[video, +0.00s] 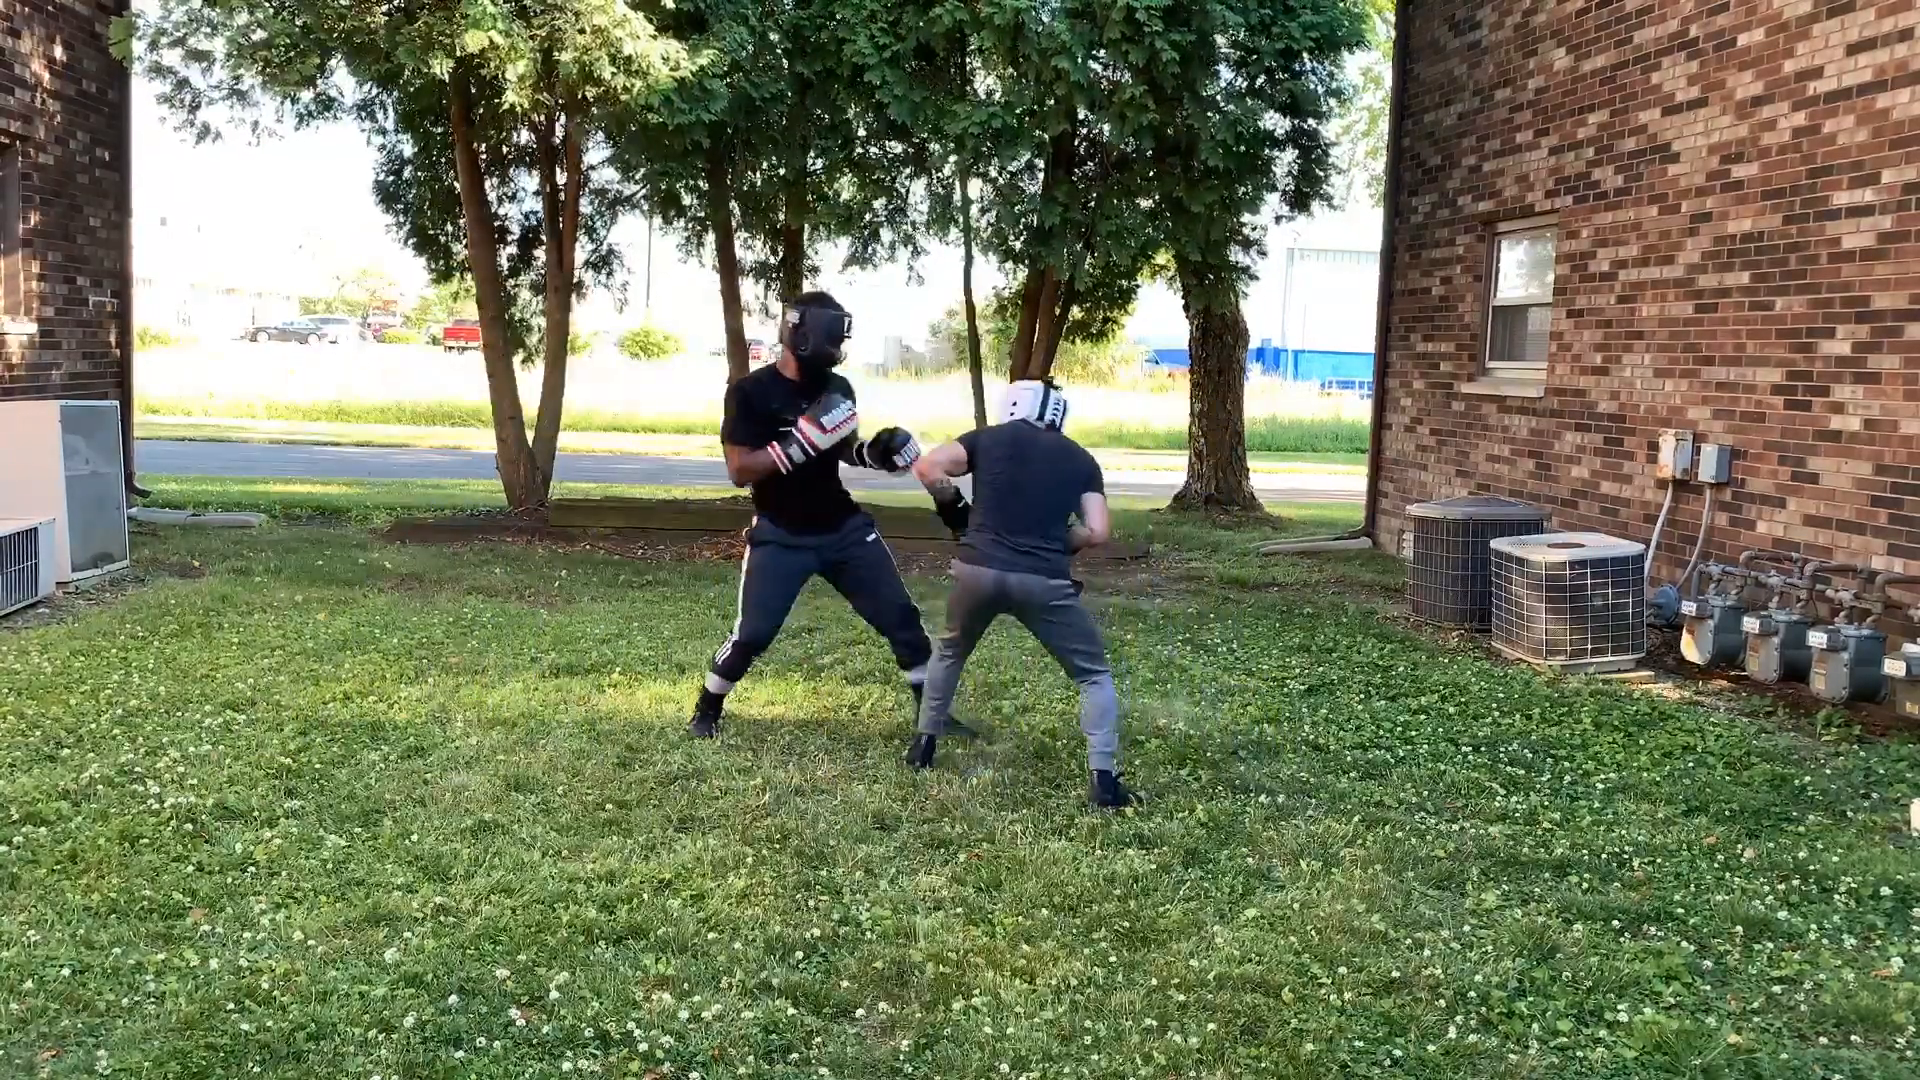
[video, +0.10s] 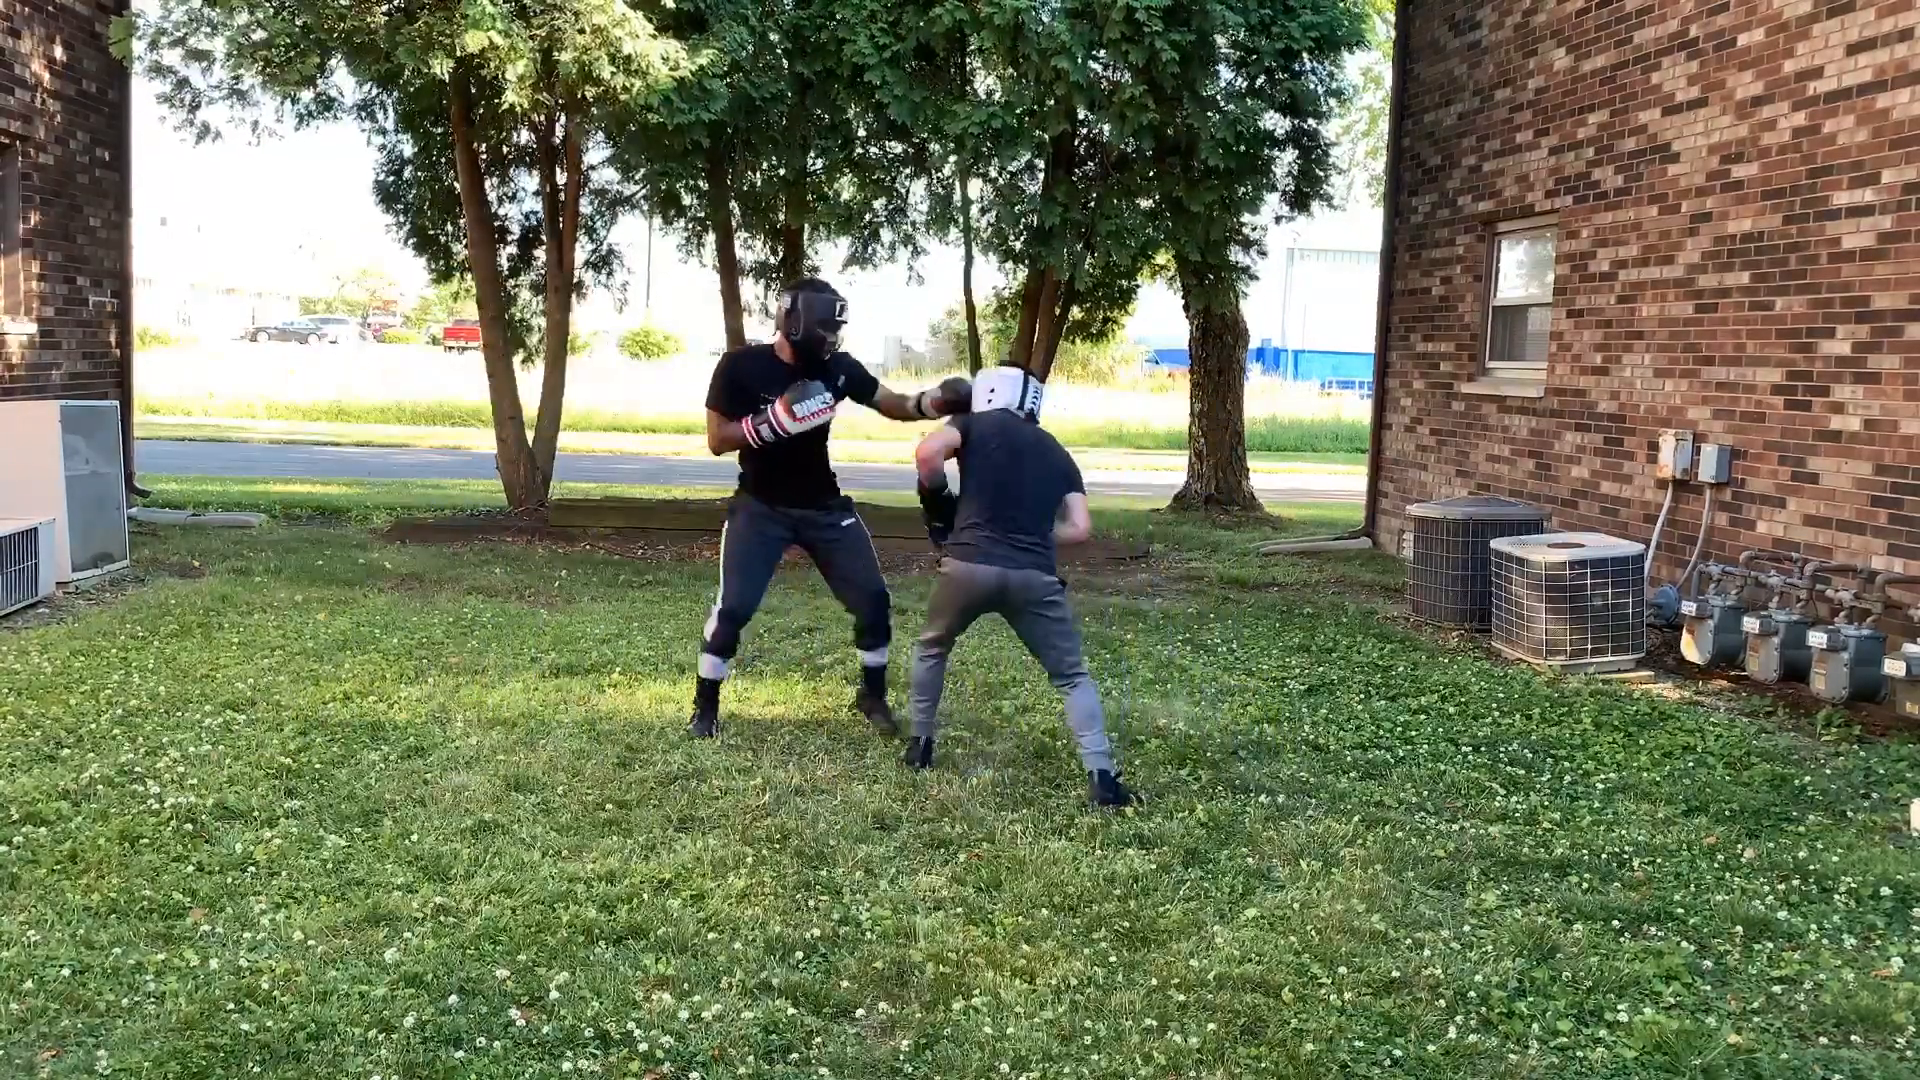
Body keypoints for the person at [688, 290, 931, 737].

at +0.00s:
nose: (838, 347)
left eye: (840, 337)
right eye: (830, 336)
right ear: (798, 334)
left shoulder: (836, 388)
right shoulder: (749, 393)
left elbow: (842, 447)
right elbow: (739, 470)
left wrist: (876, 453)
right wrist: (798, 444)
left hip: (843, 529)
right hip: (779, 535)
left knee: (902, 619)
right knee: (754, 634)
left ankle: (932, 712)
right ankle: (709, 705)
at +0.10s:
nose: (834, 336)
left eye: (836, 326)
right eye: (825, 325)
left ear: (834, 324)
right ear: (794, 322)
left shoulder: (837, 367)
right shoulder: (739, 367)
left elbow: (891, 404)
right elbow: (717, 441)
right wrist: (771, 420)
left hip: (825, 506)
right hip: (759, 506)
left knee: (873, 600)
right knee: (734, 609)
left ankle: (873, 696)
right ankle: (706, 704)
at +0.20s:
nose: (820, 333)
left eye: (824, 323)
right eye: (811, 323)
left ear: (825, 323)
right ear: (782, 319)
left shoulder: (828, 361)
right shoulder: (731, 363)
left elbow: (895, 383)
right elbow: (710, 435)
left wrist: (953, 375)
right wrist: (756, 413)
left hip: (805, 507)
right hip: (741, 501)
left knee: (836, 601)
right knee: (706, 593)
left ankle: (841, 703)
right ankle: (682, 684)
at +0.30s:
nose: (791, 330)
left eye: (796, 321)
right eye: (782, 319)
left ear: (799, 322)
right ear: (753, 316)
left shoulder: (806, 356)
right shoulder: (708, 371)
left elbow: (874, 367)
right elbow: (700, 444)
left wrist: (918, 350)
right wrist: (745, 410)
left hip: (795, 515)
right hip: (728, 514)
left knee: (831, 602)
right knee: (677, 602)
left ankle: (841, 700)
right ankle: (652, 660)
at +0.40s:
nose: (745, 337)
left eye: (752, 328)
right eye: (736, 327)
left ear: (759, 329)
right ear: (709, 324)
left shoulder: (770, 366)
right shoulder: (675, 381)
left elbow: (833, 390)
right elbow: (676, 451)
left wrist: (867, 366)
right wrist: (717, 415)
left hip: (773, 522)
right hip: (708, 524)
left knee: (813, 610)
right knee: (664, 603)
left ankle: (840, 701)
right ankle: (634, 667)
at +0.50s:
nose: (713, 343)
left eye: (719, 334)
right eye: (702, 333)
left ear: (725, 334)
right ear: (674, 331)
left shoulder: (739, 377)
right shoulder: (643, 390)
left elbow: (796, 416)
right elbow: (640, 458)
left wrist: (815, 399)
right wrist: (684, 420)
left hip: (745, 521)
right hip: (682, 524)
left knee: (780, 604)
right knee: (644, 604)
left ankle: (829, 695)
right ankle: (631, 670)